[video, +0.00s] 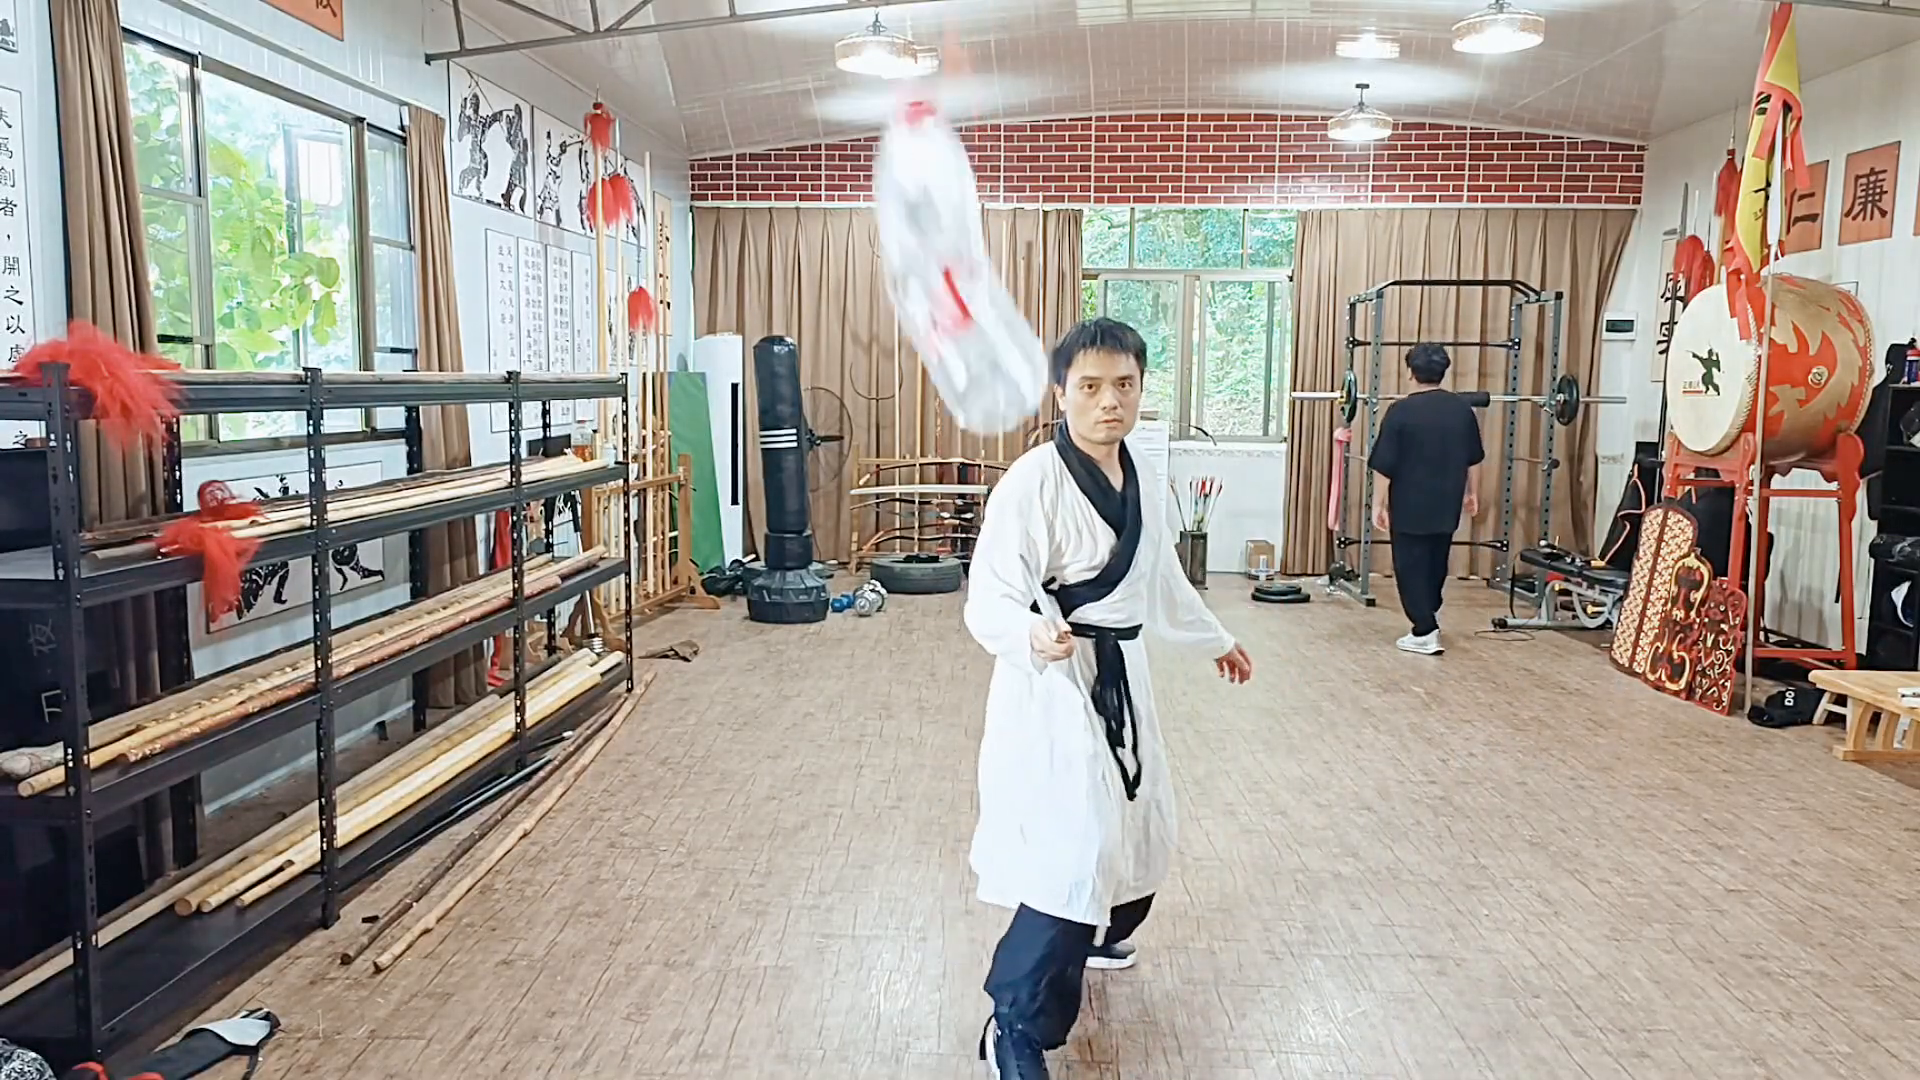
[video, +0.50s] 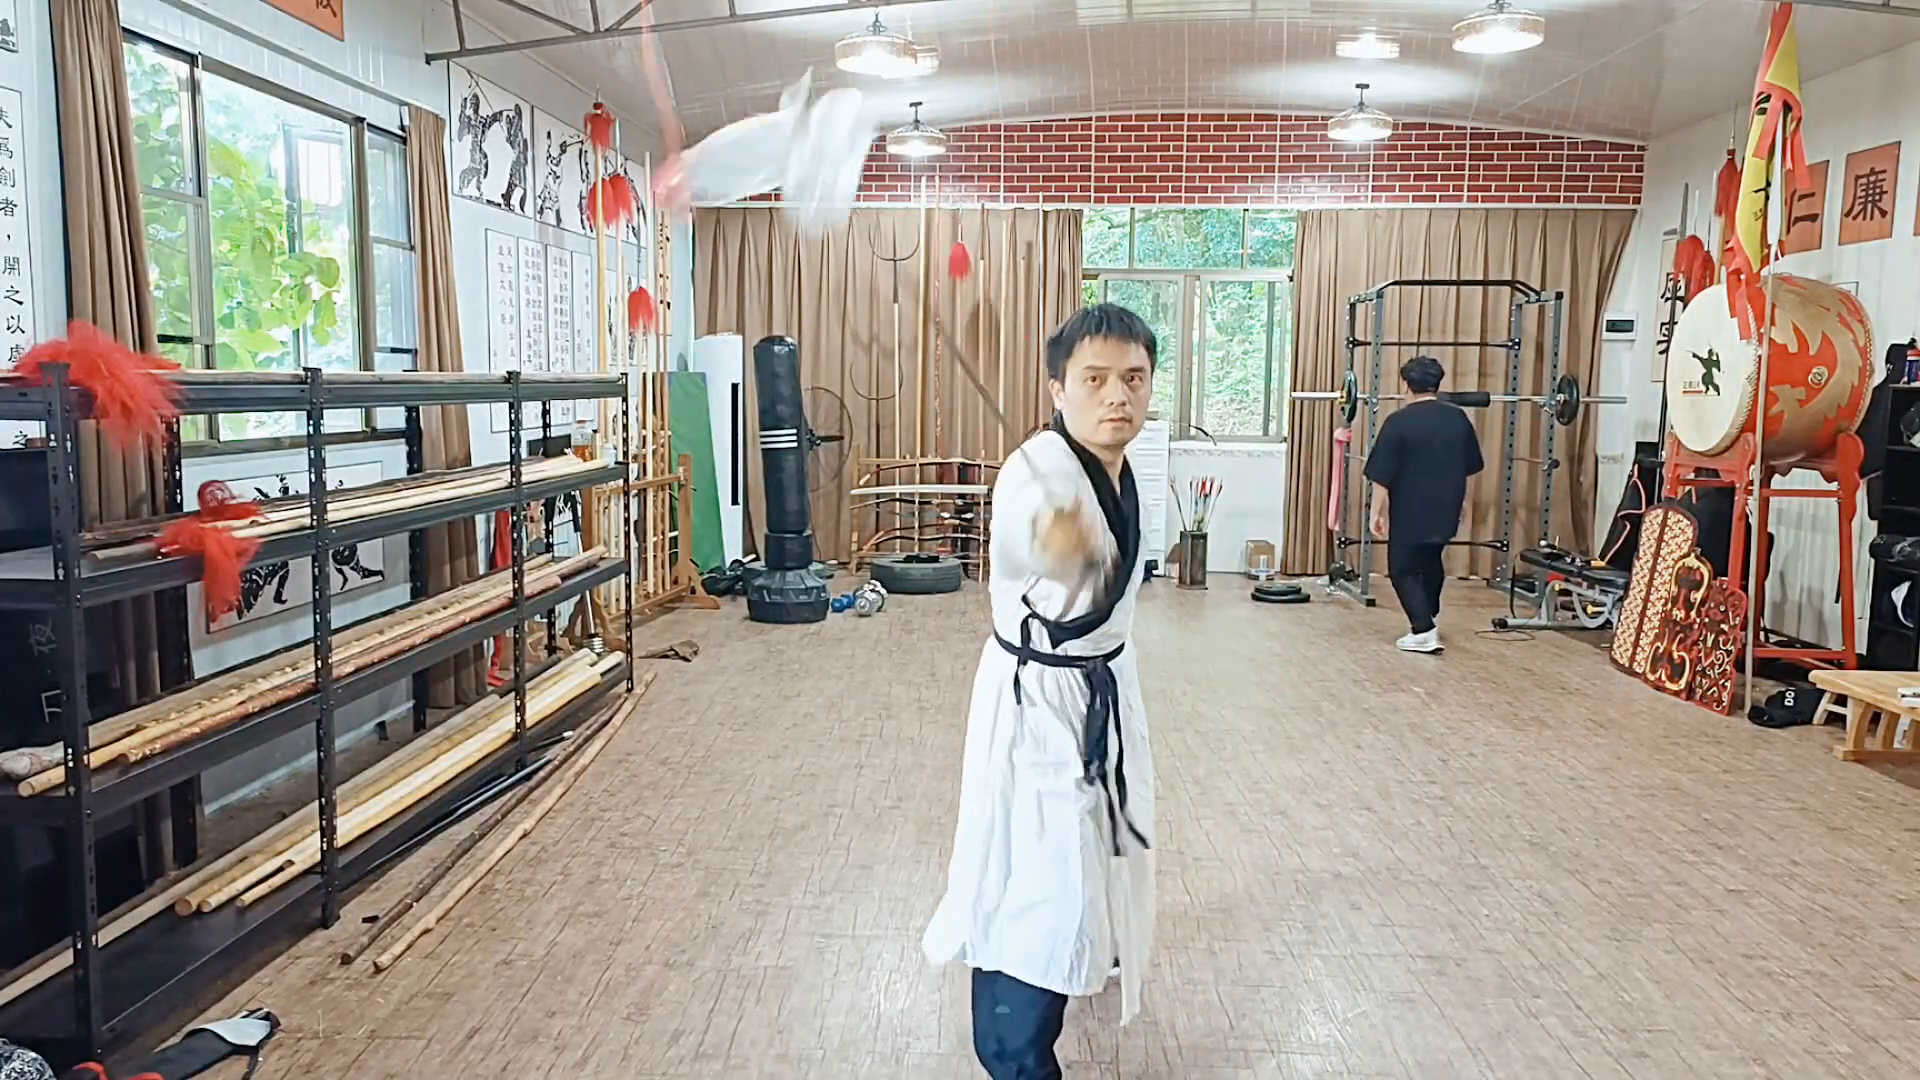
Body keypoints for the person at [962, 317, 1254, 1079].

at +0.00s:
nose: (1110, 401)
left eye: (1124, 385)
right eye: (1091, 386)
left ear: (1141, 390)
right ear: (1060, 393)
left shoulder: (1145, 466)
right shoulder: (1031, 483)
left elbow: (1160, 573)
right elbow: (988, 599)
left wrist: (1217, 639)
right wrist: (1032, 633)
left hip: (1125, 672)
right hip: (1053, 681)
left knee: (1138, 816)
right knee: (1076, 850)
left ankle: (1099, 933)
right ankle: (1015, 1033)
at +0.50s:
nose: (1118, 395)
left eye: (1134, 376)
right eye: (1096, 377)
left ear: (1150, 388)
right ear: (1058, 389)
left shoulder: (1134, 467)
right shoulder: (1033, 473)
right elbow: (1029, 539)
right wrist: (1059, 542)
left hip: (1106, 686)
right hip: (1035, 696)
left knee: (1087, 863)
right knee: (1041, 878)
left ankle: (1033, 1041)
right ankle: (1015, 1050)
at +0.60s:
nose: (1125, 386)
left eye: (1140, 369)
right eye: (1103, 369)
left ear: (1156, 383)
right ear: (1064, 384)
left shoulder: (1137, 464)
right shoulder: (1034, 477)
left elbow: (1117, 582)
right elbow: (997, 605)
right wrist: (1027, 643)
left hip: (1103, 683)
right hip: (1036, 698)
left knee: (1078, 874)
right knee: (1042, 883)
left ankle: (1032, 1048)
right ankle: (1016, 1057)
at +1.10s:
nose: (1124, 363)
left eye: (1136, 349)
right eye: (1105, 350)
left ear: (1151, 365)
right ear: (1071, 365)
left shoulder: (1136, 450)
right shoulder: (1038, 460)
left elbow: (1133, 558)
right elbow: (991, 578)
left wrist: (1183, 615)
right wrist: (1016, 659)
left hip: (1116, 663)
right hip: (1053, 673)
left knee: (1116, 805)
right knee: (1043, 837)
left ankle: (1080, 934)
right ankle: (1015, 1036)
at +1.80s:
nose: (1131, 408)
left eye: (1142, 391)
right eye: (1108, 392)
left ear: (1155, 403)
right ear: (1064, 409)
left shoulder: (1147, 487)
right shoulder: (1029, 514)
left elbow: (1180, 567)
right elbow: (982, 653)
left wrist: (1233, 617)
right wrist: (1048, 644)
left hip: (1125, 718)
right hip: (1048, 733)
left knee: (1101, 890)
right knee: (1057, 966)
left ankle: (1059, 1028)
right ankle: (1014, 1061)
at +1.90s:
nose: (1144, 392)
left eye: (1153, 375)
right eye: (1119, 377)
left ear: (1162, 387)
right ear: (1072, 399)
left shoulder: (1135, 485)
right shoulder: (1048, 493)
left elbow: (1147, 574)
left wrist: (1182, 609)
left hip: (1117, 718)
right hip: (1059, 730)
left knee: (1093, 938)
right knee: (1070, 964)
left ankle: (1050, 1060)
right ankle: (1027, 1067)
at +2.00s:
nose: (1142, 403)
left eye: (1149, 384)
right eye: (1118, 386)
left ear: (1158, 392)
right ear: (1065, 405)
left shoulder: (1112, 483)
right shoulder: (1064, 490)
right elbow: (1146, 510)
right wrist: (1213, 507)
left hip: (1105, 713)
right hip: (1053, 728)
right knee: (1068, 976)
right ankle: (1030, 1065)